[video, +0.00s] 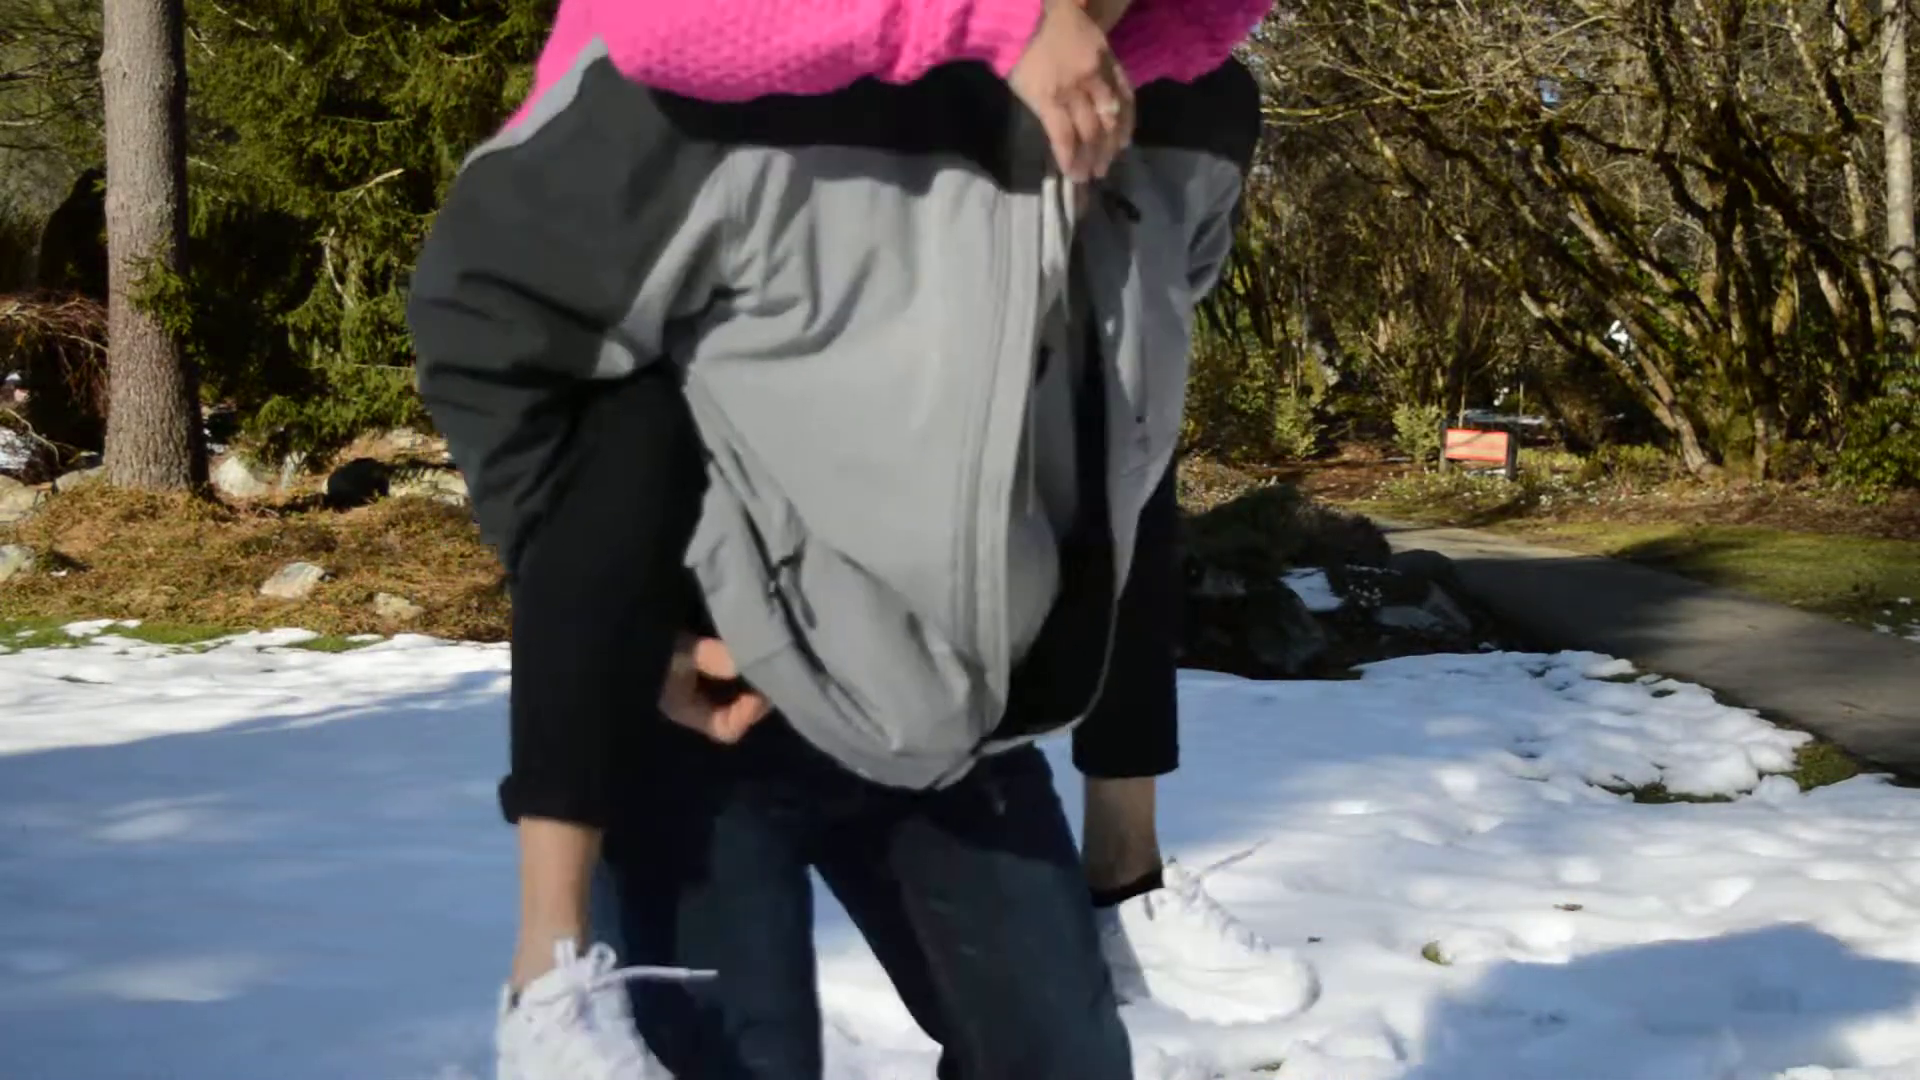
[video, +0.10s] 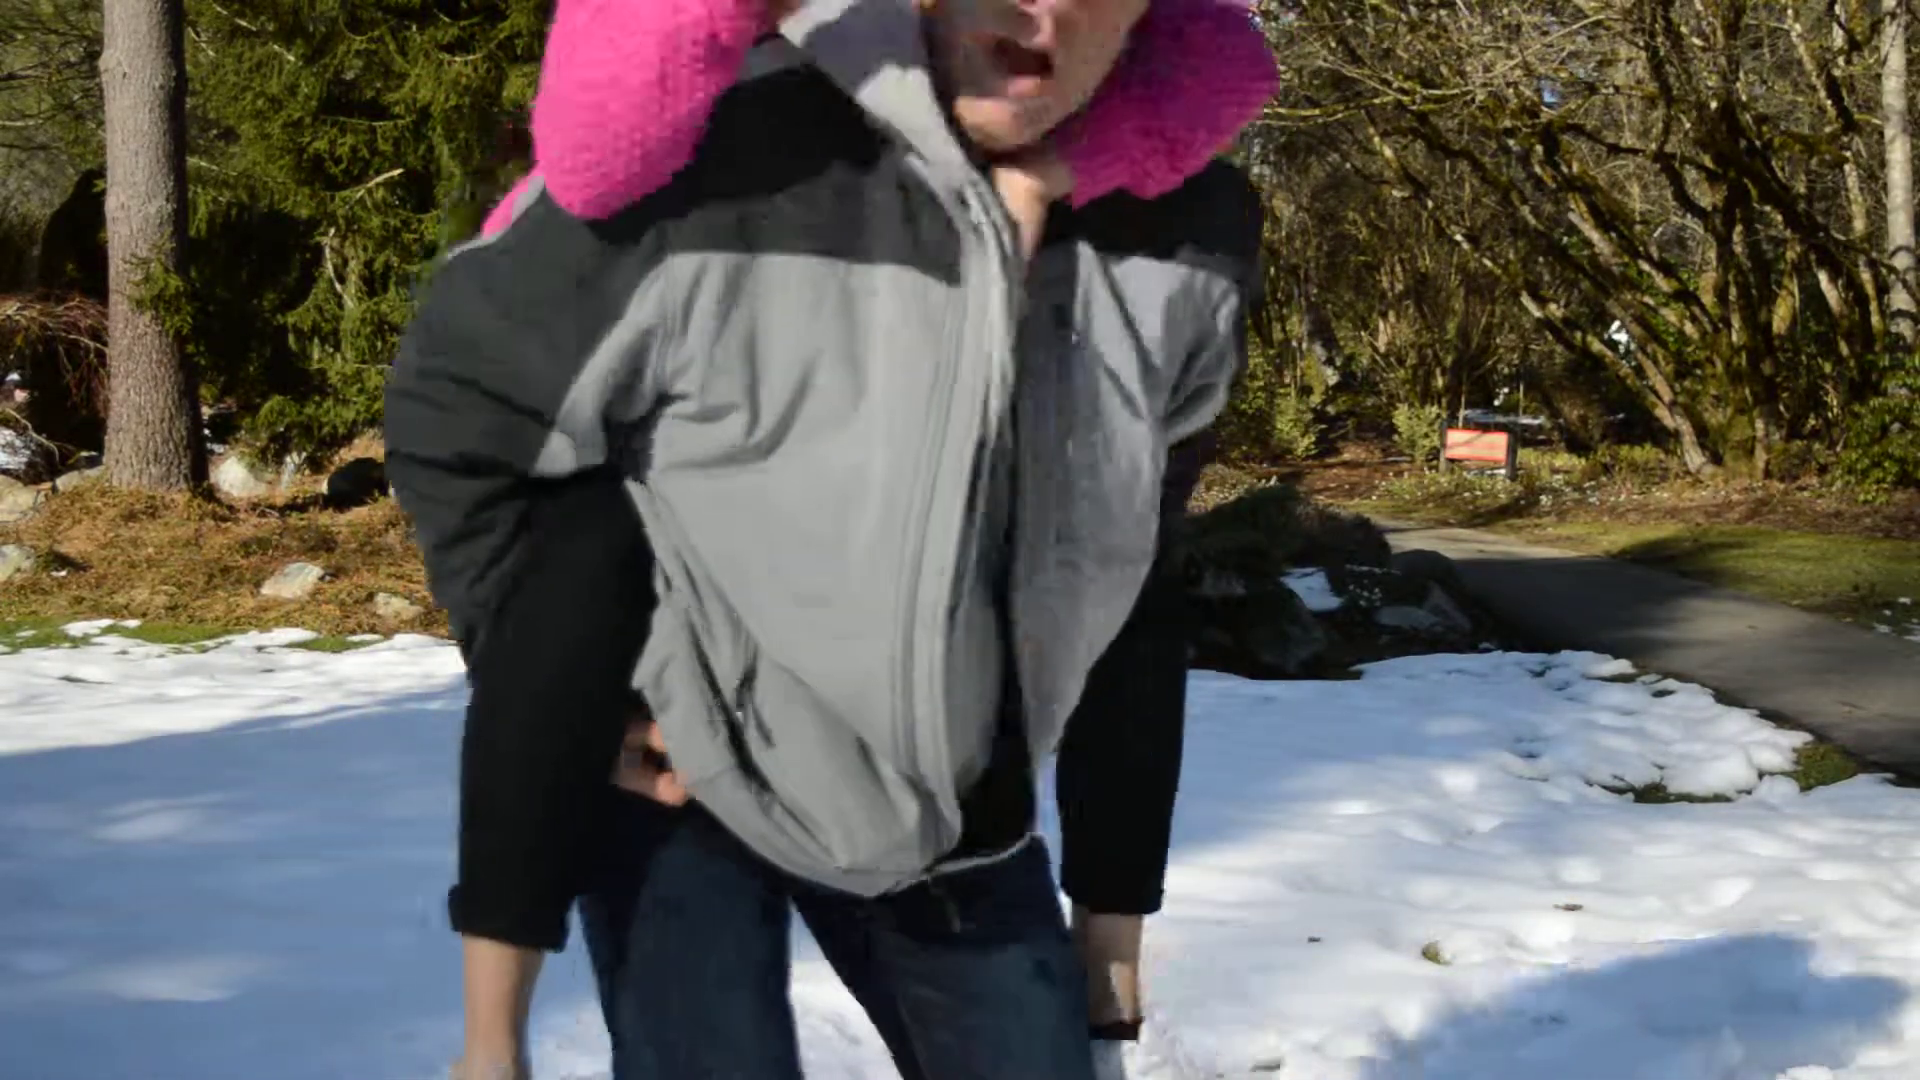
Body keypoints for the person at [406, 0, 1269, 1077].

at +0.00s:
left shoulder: (1196, 107)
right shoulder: (713, 84)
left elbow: (1129, 399)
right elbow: (478, 302)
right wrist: (615, 627)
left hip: (963, 723)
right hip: (698, 725)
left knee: (1068, 1057)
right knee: (744, 1067)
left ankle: (1127, 891)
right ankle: (551, 977)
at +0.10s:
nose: (1035, 20)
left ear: (1147, 15)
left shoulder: (1191, 233)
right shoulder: (718, 174)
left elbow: (1138, 569)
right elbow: (450, 403)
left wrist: (1111, 894)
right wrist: (574, 696)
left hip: (960, 799)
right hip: (683, 782)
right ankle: (490, 1050)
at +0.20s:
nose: (1042, 49)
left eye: (1100, 14)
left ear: (1147, 46)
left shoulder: (1201, 287)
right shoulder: (696, 209)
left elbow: (1162, 619)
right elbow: (440, 402)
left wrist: (1134, 961)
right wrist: (559, 697)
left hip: (958, 800)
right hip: (675, 774)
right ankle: (420, 1013)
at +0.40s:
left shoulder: (1173, 114)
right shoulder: (605, 57)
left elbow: (1241, 361)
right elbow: (467, 265)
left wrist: (1129, 557)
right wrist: (530, 505)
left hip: (974, 672)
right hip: (668, 652)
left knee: (1000, 1059)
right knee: (643, 1049)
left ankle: (1189, 939)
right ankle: (399, 810)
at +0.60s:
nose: (839, 9)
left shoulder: (1113, 130)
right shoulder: (557, 57)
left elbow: (1209, 435)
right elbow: (484, 307)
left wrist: (1056, 663)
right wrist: (498, 512)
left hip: (940, 752)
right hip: (624, 727)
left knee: (1100, 565)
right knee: (609, 1071)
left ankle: (1104, 1054)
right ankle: (385, 787)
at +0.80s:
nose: (729, 21)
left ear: (864, 14)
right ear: (651, 1)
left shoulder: (995, 239)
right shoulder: (535, 143)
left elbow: (1160, 554)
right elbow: (489, 429)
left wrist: (999, 786)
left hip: (874, 800)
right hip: (590, 775)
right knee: (574, 1067)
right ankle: (357, 761)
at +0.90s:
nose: (607, 123)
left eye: (643, 85)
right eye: (584, 80)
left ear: (734, 34)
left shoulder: (971, 131)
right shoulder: (523, 46)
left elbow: (1139, 441)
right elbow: (497, 314)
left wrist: (971, 693)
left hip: (858, 725)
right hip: (591, 699)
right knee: (555, 1048)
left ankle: (919, 1047)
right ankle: (350, 653)